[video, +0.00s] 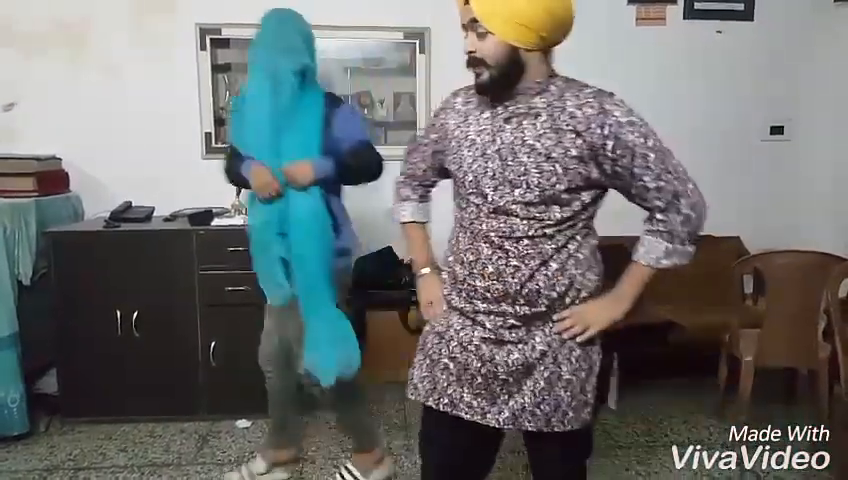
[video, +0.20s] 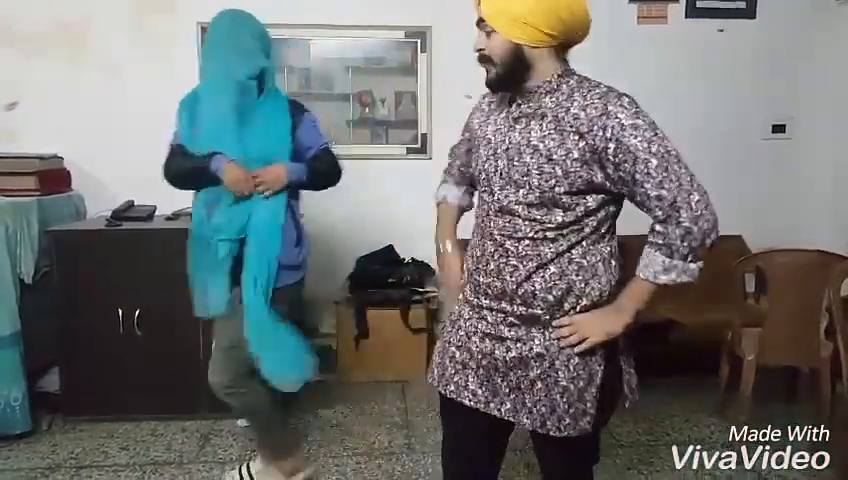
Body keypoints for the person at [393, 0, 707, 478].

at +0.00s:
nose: (467, 47)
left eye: (480, 32)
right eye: (465, 32)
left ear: (528, 35)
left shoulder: (595, 116)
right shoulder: (457, 112)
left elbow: (681, 207)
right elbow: (410, 183)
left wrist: (619, 299)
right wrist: (424, 271)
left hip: (556, 348)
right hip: (463, 341)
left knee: (559, 472)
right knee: (443, 470)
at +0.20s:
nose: (477, 44)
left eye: (487, 29)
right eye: (478, 30)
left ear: (533, 33)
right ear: (525, 34)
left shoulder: (605, 114)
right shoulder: (489, 109)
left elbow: (690, 219)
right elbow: (457, 178)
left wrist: (623, 310)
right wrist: (447, 246)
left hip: (564, 347)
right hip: (476, 337)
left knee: (566, 472)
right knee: (463, 471)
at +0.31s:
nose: (475, 47)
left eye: (483, 32)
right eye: (477, 32)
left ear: (526, 33)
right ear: (521, 35)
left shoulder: (598, 115)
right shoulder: (498, 108)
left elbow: (680, 222)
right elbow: (473, 167)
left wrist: (616, 314)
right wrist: (451, 191)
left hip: (563, 349)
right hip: (480, 339)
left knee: (566, 471)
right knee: (470, 470)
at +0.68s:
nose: (451, 91)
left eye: (454, 78)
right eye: (451, 80)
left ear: (483, 78)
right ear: (500, 79)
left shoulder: (561, 150)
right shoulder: (472, 155)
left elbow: (625, 264)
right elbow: (426, 226)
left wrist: (576, 369)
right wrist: (439, 157)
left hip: (541, 393)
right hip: (463, 382)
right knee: (452, 472)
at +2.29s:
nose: (514, 88)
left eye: (530, 74)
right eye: (502, 70)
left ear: (546, 70)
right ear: (478, 61)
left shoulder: (571, 134)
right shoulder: (440, 132)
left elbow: (650, 224)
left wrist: (603, 322)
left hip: (549, 370)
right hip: (455, 364)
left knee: (555, 471)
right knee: (458, 470)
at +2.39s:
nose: (519, 82)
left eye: (536, 70)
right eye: (508, 65)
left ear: (552, 69)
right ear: (483, 58)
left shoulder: (572, 133)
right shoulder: (450, 127)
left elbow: (650, 224)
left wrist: (606, 324)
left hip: (553, 314)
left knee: (553, 455)